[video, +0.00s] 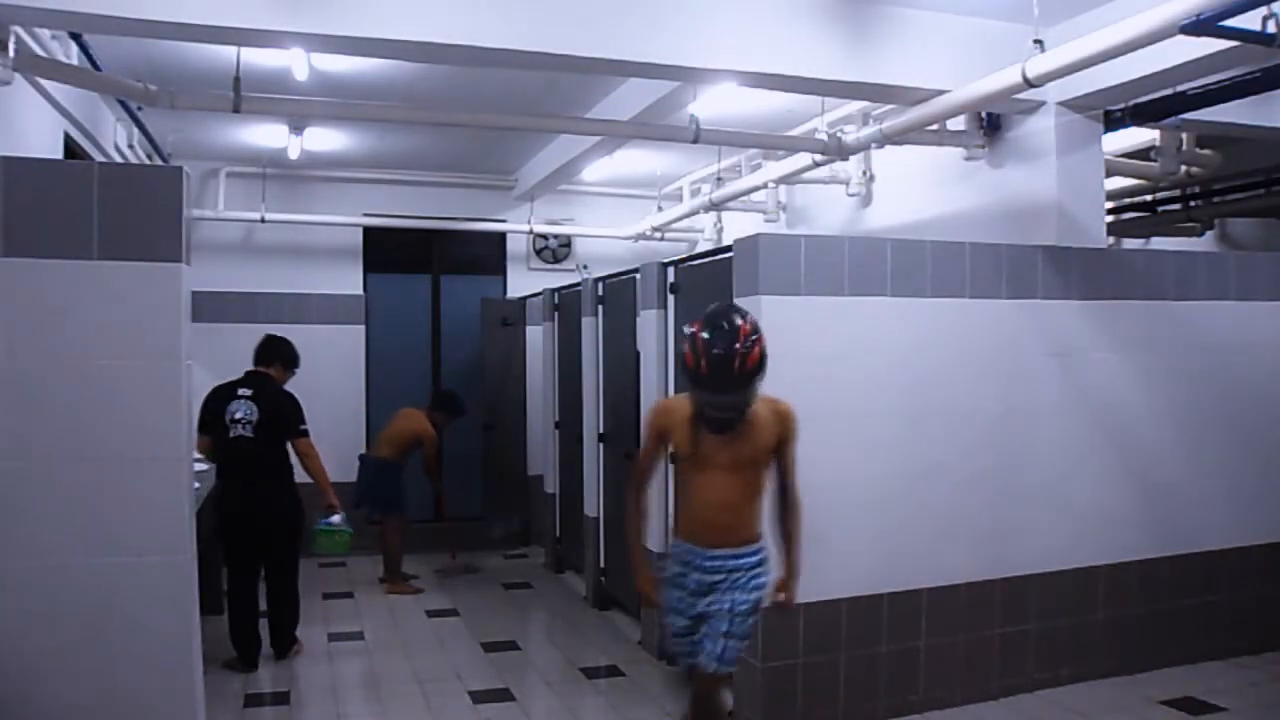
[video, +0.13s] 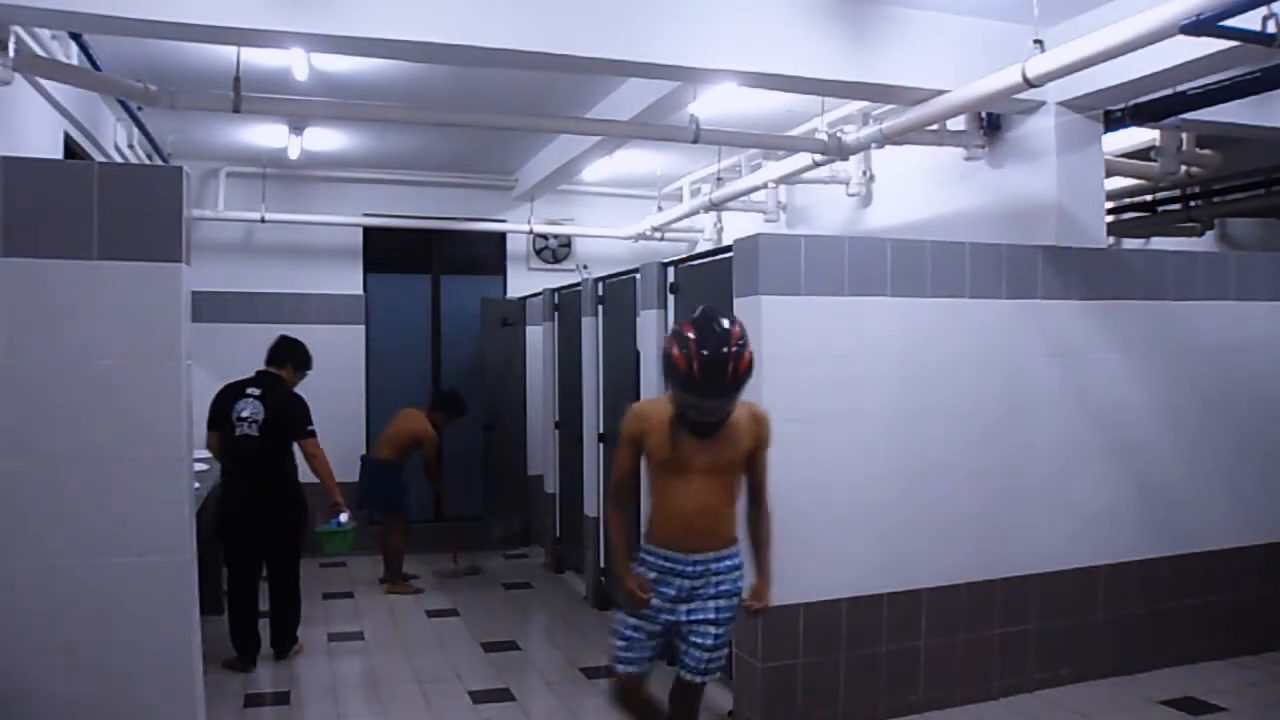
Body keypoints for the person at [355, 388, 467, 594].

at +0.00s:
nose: (446, 424)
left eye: (449, 419)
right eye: (447, 418)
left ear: (433, 407)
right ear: (440, 414)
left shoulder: (407, 413)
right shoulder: (427, 432)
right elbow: (430, 467)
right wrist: (437, 487)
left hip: (371, 465)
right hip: (386, 470)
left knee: (388, 522)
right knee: (395, 524)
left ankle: (390, 572)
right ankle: (394, 580)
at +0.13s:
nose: (447, 424)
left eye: (449, 420)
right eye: (448, 419)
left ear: (433, 408)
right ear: (441, 414)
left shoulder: (409, 413)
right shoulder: (428, 433)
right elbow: (431, 469)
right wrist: (438, 489)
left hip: (373, 466)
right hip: (387, 471)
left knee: (389, 523)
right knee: (397, 524)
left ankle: (391, 573)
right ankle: (395, 580)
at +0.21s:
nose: (448, 424)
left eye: (450, 419)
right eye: (449, 419)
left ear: (435, 408)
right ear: (442, 415)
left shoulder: (412, 413)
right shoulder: (427, 433)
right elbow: (430, 469)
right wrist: (438, 488)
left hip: (374, 466)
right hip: (388, 471)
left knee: (390, 523)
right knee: (398, 524)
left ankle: (391, 572)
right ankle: (395, 580)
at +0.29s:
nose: (448, 424)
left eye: (450, 420)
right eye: (449, 419)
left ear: (434, 407)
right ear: (442, 414)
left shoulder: (412, 414)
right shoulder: (427, 433)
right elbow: (427, 471)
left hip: (375, 466)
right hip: (388, 472)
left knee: (391, 523)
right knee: (398, 525)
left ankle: (392, 572)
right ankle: (394, 580)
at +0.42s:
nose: (448, 424)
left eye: (451, 419)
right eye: (449, 419)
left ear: (435, 407)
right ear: (442, 414)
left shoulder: (413, 413)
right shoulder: (425, 432)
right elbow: (424, 471)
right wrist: (437, 499)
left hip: (375, 465)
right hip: (387, 471)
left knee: (391, 523)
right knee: (397, 524)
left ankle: (393, 572)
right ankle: (394, 580)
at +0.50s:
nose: (449, 424)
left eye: (451, 419)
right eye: (450, 418)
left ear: (435, 407)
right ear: (442, 413)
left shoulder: (414, 414)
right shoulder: (424, 431)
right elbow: (423, 471)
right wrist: (437, 497)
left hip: (377, 465)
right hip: (387, 470)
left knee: (392, 523)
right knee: (397, 524)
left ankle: (392, 572)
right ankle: (393, 579)